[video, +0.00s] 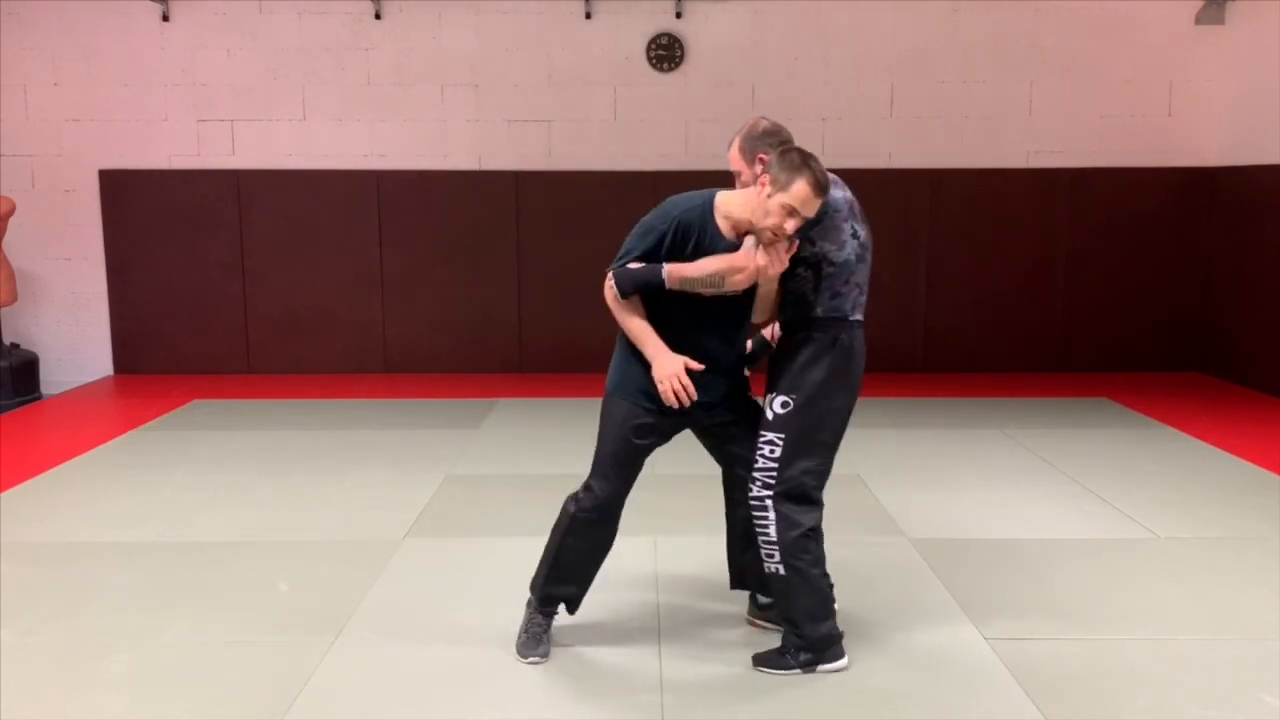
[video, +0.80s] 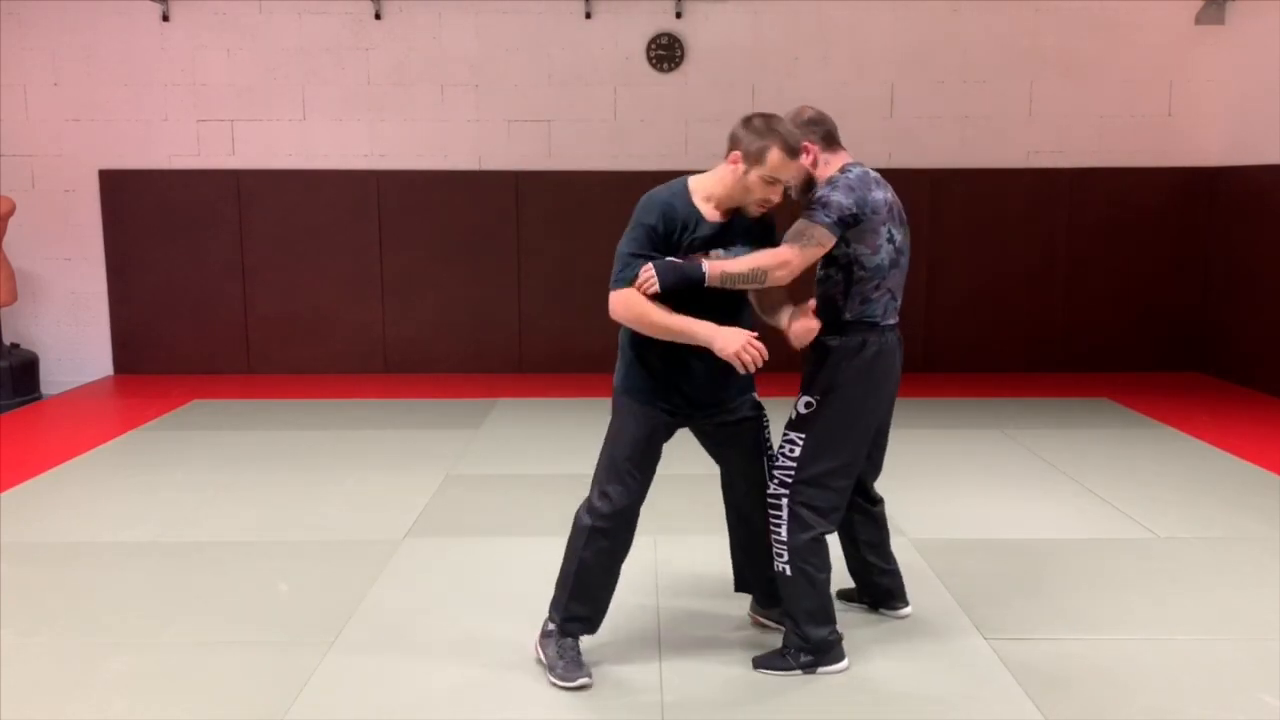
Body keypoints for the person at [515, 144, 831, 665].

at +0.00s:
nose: (791, 229)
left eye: (802, 222)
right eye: (789, 212)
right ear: (760, 185)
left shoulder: (769, 250)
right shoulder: (678, 217)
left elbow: (758, 328)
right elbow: (616, 288)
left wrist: (770, 279)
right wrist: (659, 357)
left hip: (720, 382)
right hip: (645, 378)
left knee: (762, 474)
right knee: (602, 495)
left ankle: (767, 595)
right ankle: (542, 607)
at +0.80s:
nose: (778, 198)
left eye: (784, 187)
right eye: (772, 184)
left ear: (747, 170)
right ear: (736, 164)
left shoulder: (757, 222)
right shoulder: (660, 209)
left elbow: (765, 292)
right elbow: (622, 302)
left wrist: (789, 321)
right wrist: (711, 334)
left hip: (721, 384)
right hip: (649, 384)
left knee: (758, 484)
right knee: (614, 503)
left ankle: (769, 598)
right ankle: (561, 632)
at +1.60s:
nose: (618, 152)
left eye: (620, 141)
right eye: (613, 139)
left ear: (581, 135)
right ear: (581, 133)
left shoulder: (559, 195)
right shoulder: (516, 189)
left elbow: (545, 280)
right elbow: (493, 282)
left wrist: (580, 299)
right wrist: (573, 299)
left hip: (542, 375)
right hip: (501, 376)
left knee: (541, 489)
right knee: (506, 498)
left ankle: (522, 583)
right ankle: (478, 627)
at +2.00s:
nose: (558, 153)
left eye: (560, 140)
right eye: (555, 140)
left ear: (519, 132)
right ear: (524, 133)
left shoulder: (491, 187)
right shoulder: (472, 199)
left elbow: (484, 277)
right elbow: (487, 309)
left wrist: (527, 279)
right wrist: (546, 290)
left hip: (495, 376)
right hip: (456, 384)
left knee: (511, 480)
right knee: (452, 511)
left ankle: (500, 579)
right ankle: (437, 632)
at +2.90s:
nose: (546, 171)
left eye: (551, 160)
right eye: (545, 158)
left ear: (511, 145)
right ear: (513, 144)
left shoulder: (485, 195)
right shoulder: (449, 202)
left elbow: (515, 266)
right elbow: (488, 296)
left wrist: (558, 231)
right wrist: (547, 242)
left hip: (487, 381)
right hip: (457, 386)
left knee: (480, 494)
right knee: (456, 509)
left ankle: (468, 582)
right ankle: (432, 632)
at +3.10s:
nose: (547, 183)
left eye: (550, 171)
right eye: (541, 171)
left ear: (508, 162)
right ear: (502, 159)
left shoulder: (515, 211)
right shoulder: (431, 219)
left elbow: (539, 277)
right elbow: (442, 318)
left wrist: (596, 273)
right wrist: (528, 280)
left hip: (526, 379)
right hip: (467, 394)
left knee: (559, 473)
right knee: (467, 520)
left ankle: (500, 562)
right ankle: (432, 638)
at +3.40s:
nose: (618, 201)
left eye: (628, 189)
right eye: (610, 186)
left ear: (637, 181)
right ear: (582, 163)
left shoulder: (619, 225)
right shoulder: (518, 209)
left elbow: (633, 303)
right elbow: (461, 285)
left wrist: (655, 261)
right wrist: (514, 332)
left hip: (594, 386)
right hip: (519, 391)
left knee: (652, 489)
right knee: (480, 512)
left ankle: (698, 596)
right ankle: (436, 635)